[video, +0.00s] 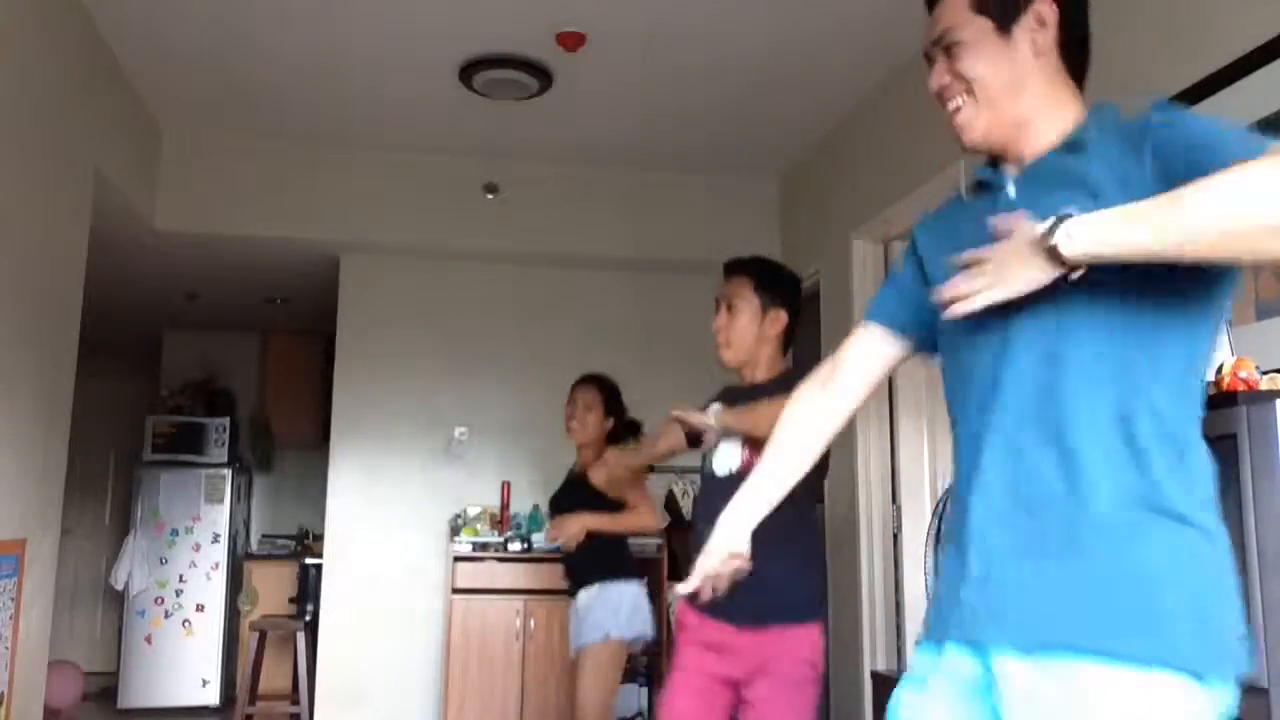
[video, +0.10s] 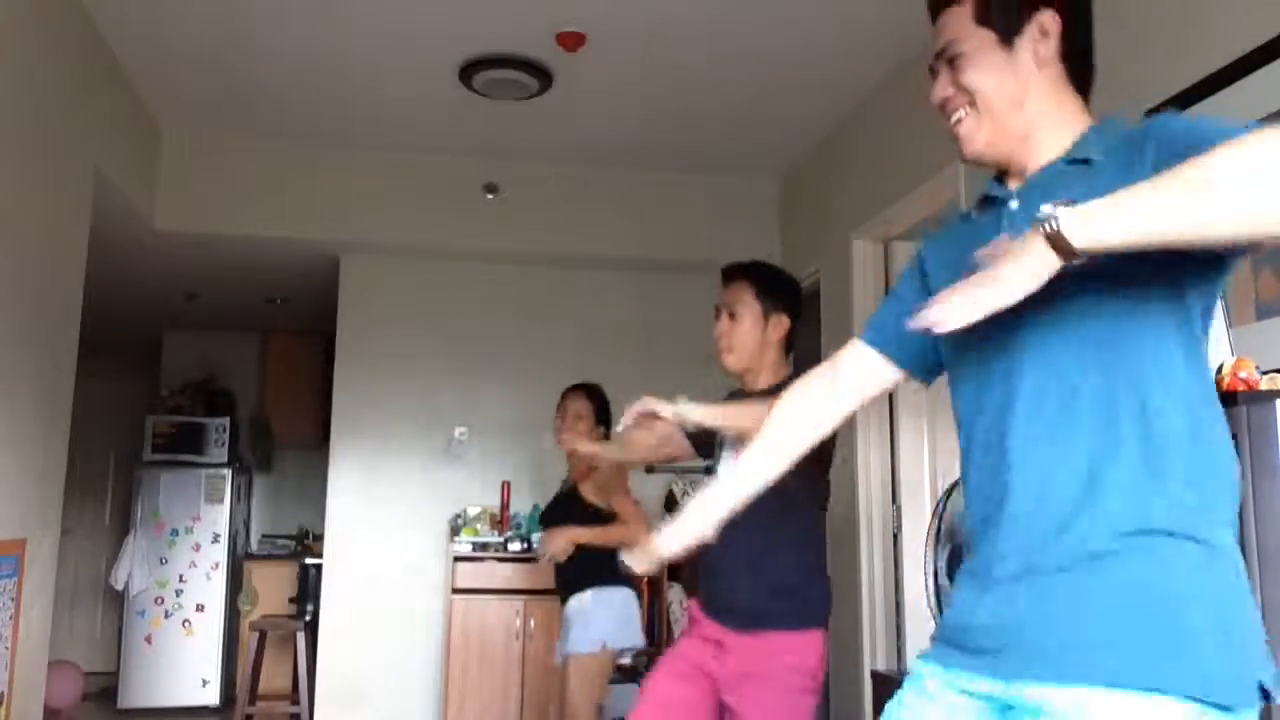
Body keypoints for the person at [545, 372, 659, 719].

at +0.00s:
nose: (573, 413)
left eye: (586, 407)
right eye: (571, 405)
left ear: (609, 421)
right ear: (565, 411)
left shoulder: (612, 461)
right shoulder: (581, 467)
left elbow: (652, 518)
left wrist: (585, 521)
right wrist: (568, 525)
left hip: (612, 592)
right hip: (587, 592)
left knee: (592, 709)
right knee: (584, 707)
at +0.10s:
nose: (565, 425)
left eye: (577, 417)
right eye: (561, 416)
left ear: (598, 426)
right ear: (554, 420)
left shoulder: (605, 469)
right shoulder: (576, 474)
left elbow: (638, 529)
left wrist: (572, 536)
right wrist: (560, 539)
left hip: (602, 598)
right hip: (578, 599)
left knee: (581, 709)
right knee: (572, 707)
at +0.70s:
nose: (523, 391)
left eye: (535, 383)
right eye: (518, 382)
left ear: (555, 396)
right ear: (510, 390)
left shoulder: (551, 440)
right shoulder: (525, 446)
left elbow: (588, 490)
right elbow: (514, 501)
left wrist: (522, 497)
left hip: (542, 574)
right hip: (525, 572)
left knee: (503, 690)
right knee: (511, 689)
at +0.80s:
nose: (521, 403)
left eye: (533, 395)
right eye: (517, 394)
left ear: (555, 408)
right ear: (511, 401)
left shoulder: (548, 446)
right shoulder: (528, 454)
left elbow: (593, 491)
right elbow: (481, 482)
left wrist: (531, 510)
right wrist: (451, 448)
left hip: (541, 582)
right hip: (530, 580)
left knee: (523, 704)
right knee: (503, 695)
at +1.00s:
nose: (524, 410)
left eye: (535, 401)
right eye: (519, 401)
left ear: (556, 408)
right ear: (513, 406)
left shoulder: (559, 449)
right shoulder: (532, 457)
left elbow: (590, 513)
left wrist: (522, 519)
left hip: (545, 585)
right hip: (528, 585)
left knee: (523, 700)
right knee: (506, 696)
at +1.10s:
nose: (527, 391)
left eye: (537, 381)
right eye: (522, 382)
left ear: (559, 385)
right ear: (516, 386)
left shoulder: (562, 432)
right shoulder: (539, 436)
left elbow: (554, 496)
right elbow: (503, 472)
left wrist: (500, 494)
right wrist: (463, 454)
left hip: (552, 568)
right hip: (531, 567)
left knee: (525, 689)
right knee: (505, 687)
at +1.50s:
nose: (546, 399)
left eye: (558, 391)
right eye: (542, 390)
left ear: (579, 400)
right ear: (536, 394)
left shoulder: (571, 437)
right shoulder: (552, 440)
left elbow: (507, 445)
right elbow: (533, 486)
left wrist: (446, 437)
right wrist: (488, 488)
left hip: (563, 579)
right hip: (543, 577)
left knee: (539, 694)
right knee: (527, 688)